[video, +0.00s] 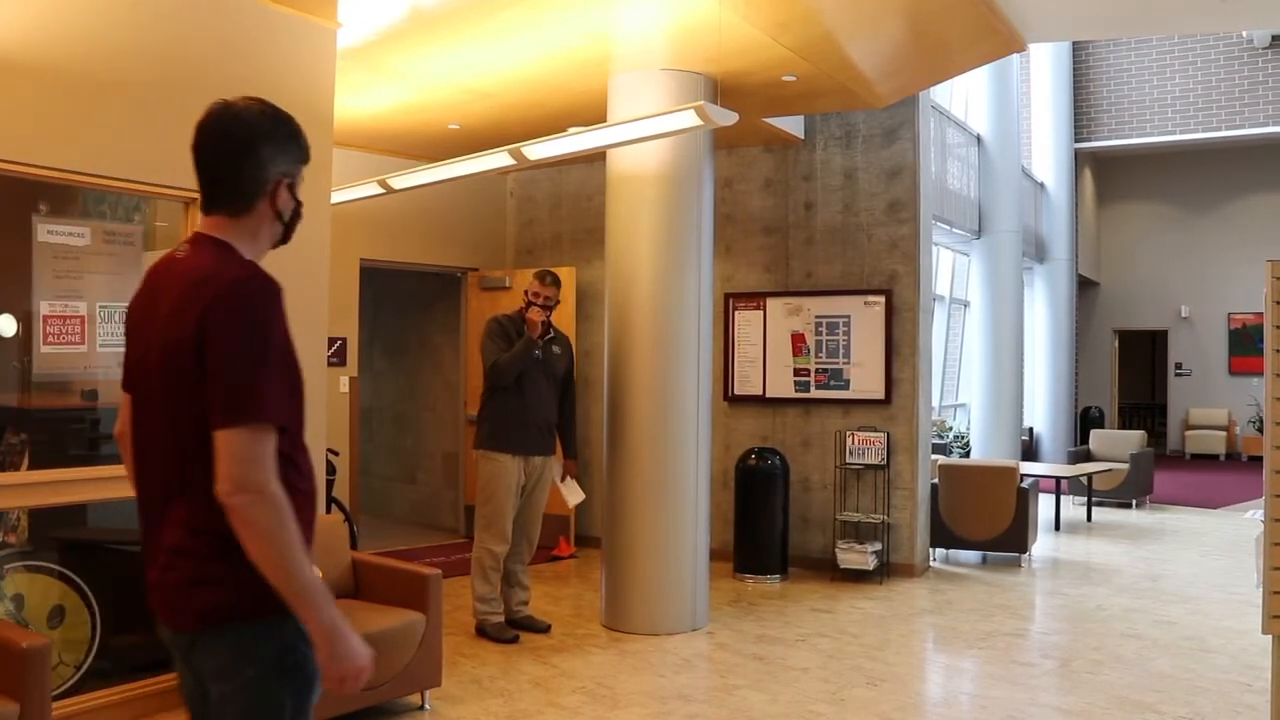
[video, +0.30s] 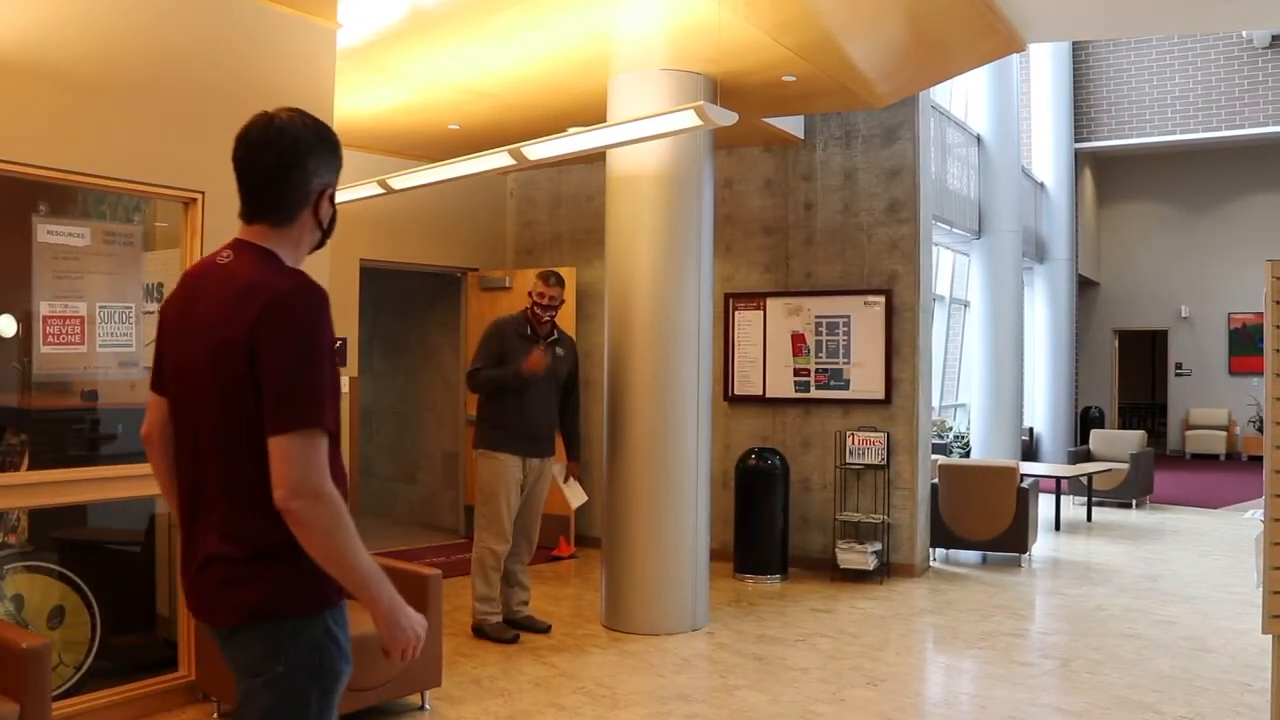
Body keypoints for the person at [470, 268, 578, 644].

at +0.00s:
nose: (538, 304)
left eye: (546, 300)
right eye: (534, 297)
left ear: (557, 303)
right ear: (525, 292)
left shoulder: (561, 343)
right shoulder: (499, 327)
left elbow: (566, 403)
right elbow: (497, 376)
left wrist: (569, 455)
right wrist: (531, 337)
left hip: (542, 451)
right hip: (500, 448)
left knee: (525, 538)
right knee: (494, 537)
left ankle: (517, 609)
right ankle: (488, 616)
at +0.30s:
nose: (543, 305)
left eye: (551, 300)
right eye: (539, 297)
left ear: (562, 302)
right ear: (529, 294)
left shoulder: (566, 346)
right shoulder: (503, 329)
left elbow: (569, 405)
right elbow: (475, 378)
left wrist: (573, 456)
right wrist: (519, 370)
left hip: (541, 452)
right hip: (499, 448)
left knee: (524, 537)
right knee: (494, 536)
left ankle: (516, 610)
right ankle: (486, 617)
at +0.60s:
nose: (537, 306)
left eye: (545, 301)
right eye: (532, 298)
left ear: (556, 303)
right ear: (522, 296)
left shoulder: (563, 348)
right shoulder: (493, 336)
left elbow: (568, 406)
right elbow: (464, 387)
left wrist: (572, 456)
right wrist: (467, 440)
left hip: (537, 457)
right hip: (492, 453)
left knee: (521, 538)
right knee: (482, 539)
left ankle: (515, 611)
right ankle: (472, 624)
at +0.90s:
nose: (512, 302)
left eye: (519, 296)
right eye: (506, 295)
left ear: (529, 300)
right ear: (494, 296)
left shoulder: (542, 342)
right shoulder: (470, 341)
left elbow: (556, 401)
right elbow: (444, 396)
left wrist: (569, 452)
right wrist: (436, 448)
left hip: (527, 458)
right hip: (477, 456)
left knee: (519, 539)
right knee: (470, 543)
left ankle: (515, 610)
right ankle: (464, 630)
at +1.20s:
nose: (487, 298)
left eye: (494, 291)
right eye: (480, 291)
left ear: (505, 293)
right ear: (467, 291)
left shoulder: (523, 337)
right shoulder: (445, 341)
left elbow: (549, 388)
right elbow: (420, 400)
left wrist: (587, 420)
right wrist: (421, 455)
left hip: (517, 457)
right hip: (459, 458)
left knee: (534, 530)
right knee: (459, 549)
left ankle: (515, 605)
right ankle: (462, 628)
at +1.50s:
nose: (481, 300)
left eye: (489, 293)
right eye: (474, 292)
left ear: (501, 291)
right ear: (462, 290)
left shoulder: (522, 334)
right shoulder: (444, 338)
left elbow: (561, 376)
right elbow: (426, 397)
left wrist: (614, 392)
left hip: (513, 461)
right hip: (460, 462)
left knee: (518, 554)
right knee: (454, 557)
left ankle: (526, 648)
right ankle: (441, 658)